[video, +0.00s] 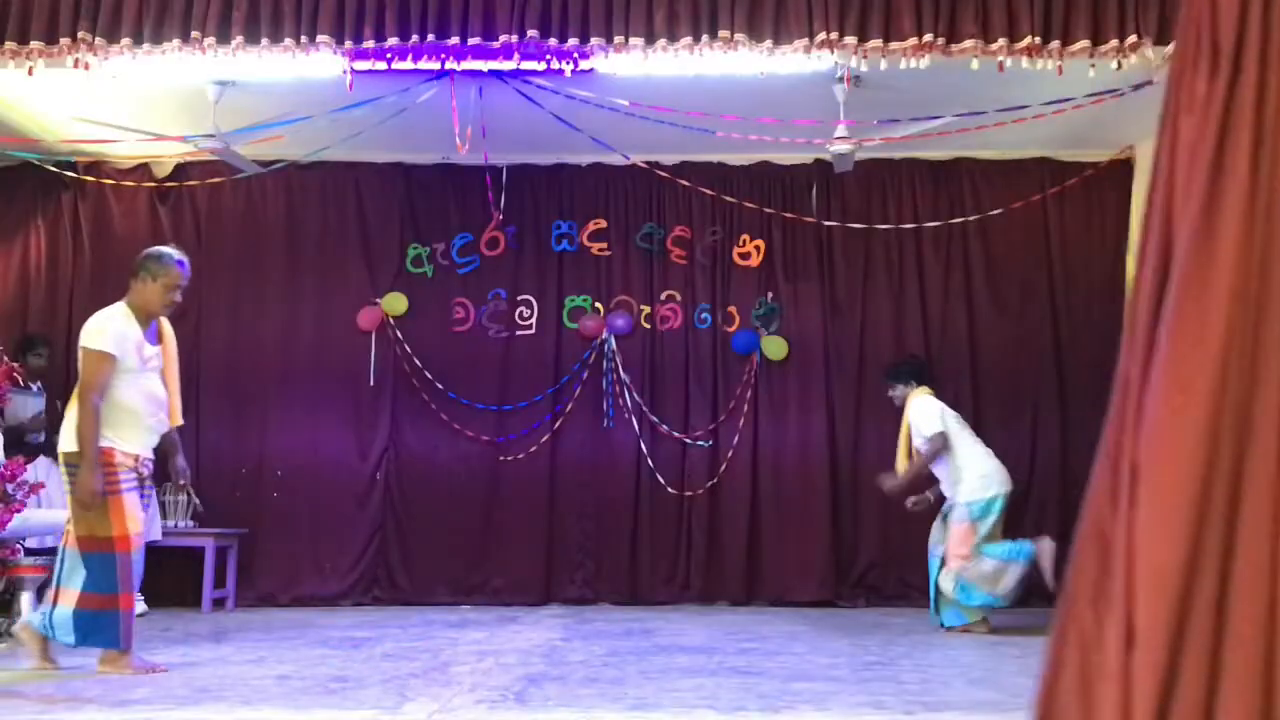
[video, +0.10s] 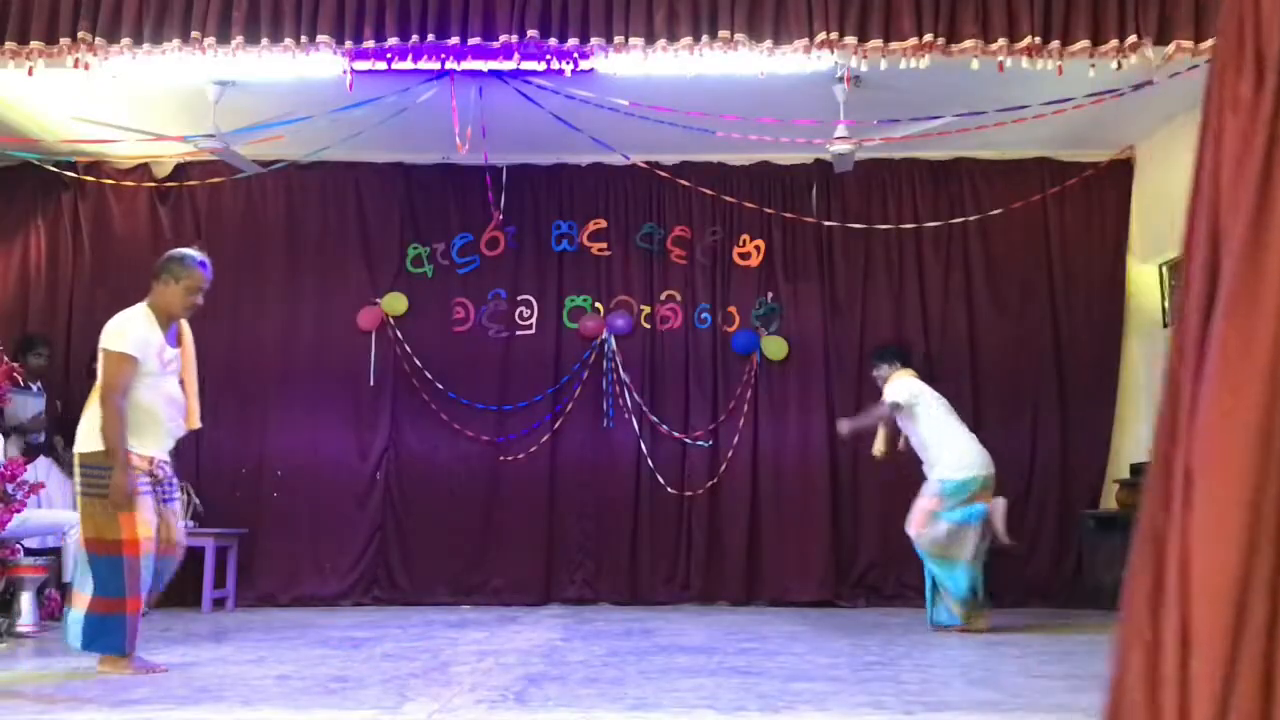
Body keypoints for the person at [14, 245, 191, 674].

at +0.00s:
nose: (177, 299)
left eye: (181, 290)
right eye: (172, 288)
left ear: (167, 289)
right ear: (142, 281)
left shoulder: (152, 331)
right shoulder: (108, 325)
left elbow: (154, 400)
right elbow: (88, 397)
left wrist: (174, 453)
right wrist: (88, 465)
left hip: (131, 455)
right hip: (99, 452)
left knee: (105, 549)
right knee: (125, 545)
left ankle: (39, 626)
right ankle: (117, 653)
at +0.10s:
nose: (199, 301)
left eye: (203, 293)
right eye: (192, 291)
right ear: (163, 283)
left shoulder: (173, 334)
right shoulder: (129, 327)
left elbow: (165, 406)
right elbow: (112, 399)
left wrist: (162, 462)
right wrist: (120, 466)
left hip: (152, 456)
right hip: (114, 453)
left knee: (171, 543)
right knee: (133, 543)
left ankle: (121, 639)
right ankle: (115, 653)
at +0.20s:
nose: (223, 296)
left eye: (227, 288)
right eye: (217, 284)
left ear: (218, 286)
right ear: (188, 275)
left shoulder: (192, 326)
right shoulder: (153, 318)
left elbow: (185, 393)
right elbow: (135, 387)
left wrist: (180, 451)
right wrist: (158, 456)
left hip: (172, 448)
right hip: (130, 448)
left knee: (196, 532)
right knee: (128, 542)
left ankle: (158, 633)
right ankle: (112, 648)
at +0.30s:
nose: (246, 289)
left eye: (251, 281)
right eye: (240, 278)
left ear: (241, 280)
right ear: (210, 270)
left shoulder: (217, 321)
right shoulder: (178, 313)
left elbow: (207, 386)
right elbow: (161, 382)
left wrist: (205, 446)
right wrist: (195, 449)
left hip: (197, 446)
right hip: (156, 443)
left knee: (217, 532)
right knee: (135, 538)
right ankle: (113, 644)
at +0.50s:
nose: (293, 289)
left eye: (295, 280)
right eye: (287, 278)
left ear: (269, 279)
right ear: (258, 274)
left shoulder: (261, 324)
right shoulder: (227, 319)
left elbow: (253, 392)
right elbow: (218, 390)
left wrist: (263, 452)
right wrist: (247, 459)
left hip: (253, 452)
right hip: (213, 451)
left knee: (266, 544)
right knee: (194, 544)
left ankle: (261, 646)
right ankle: (128, 636)